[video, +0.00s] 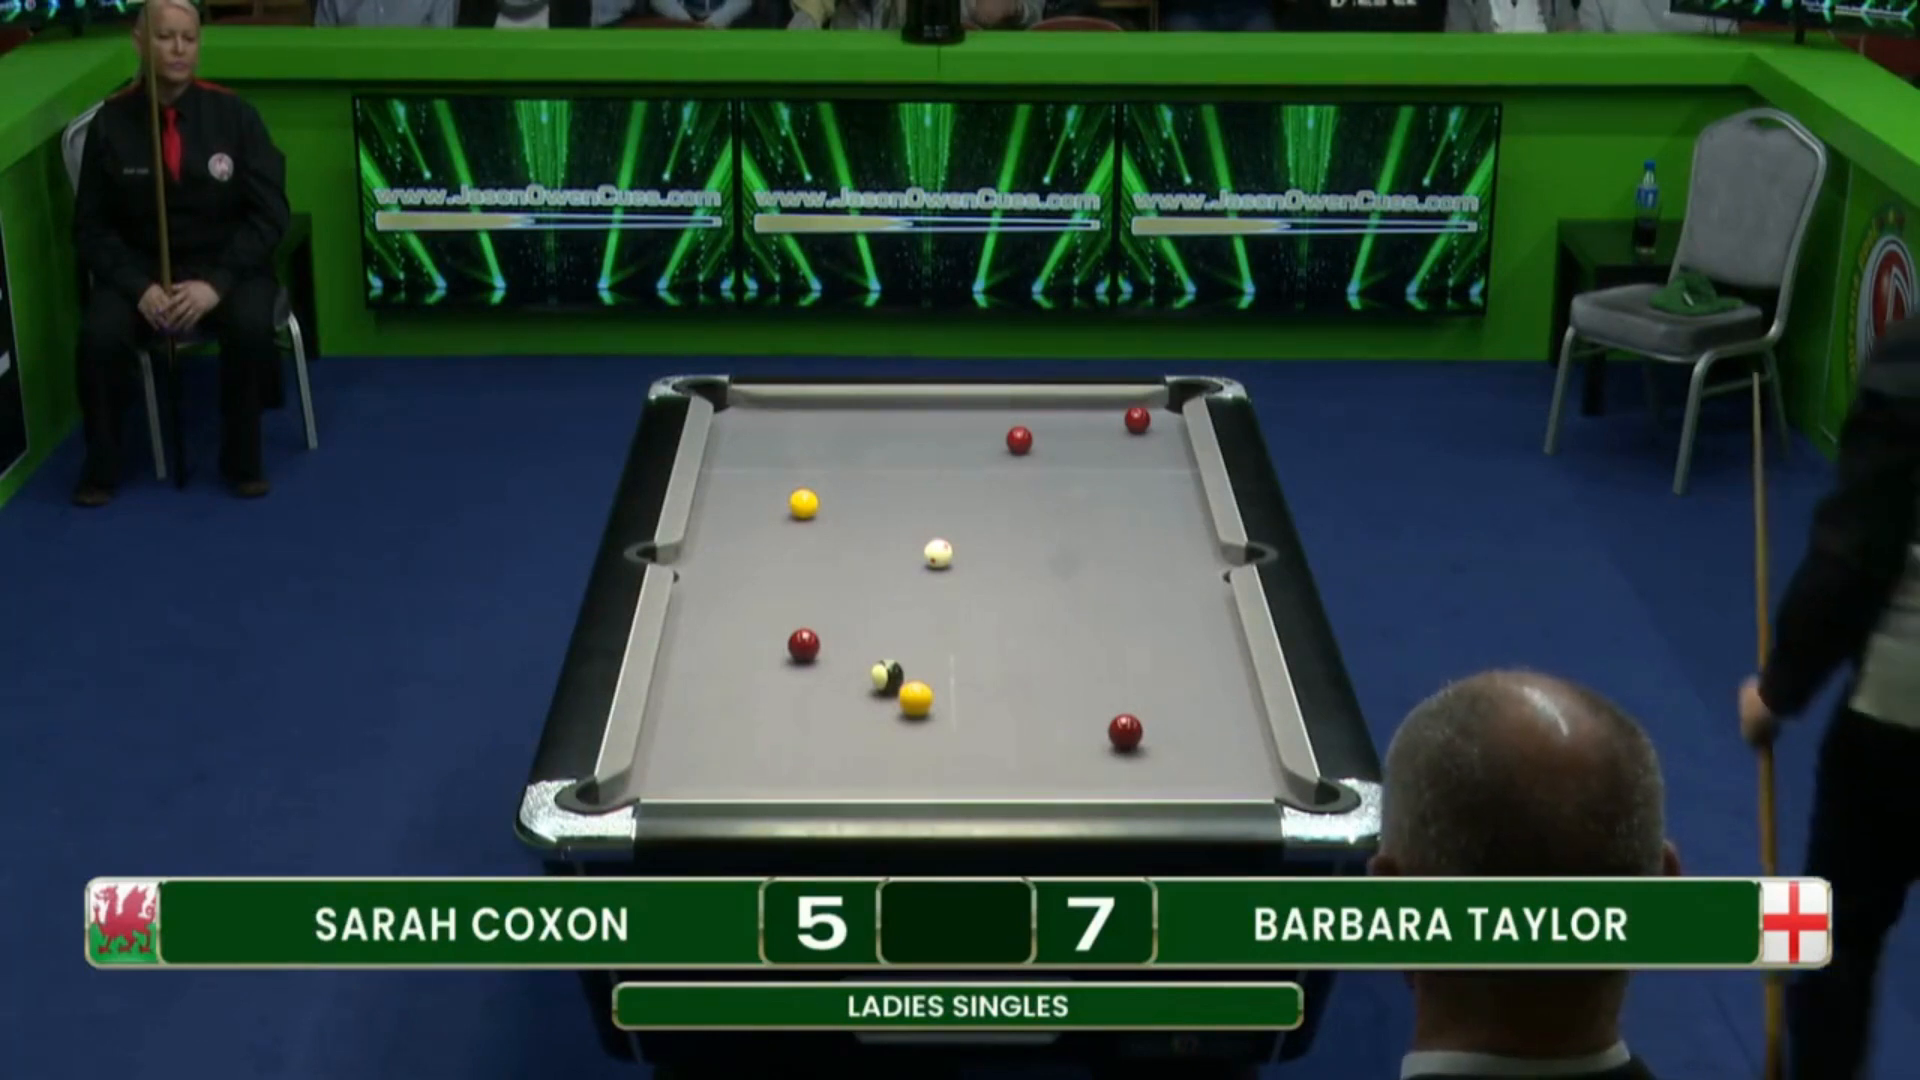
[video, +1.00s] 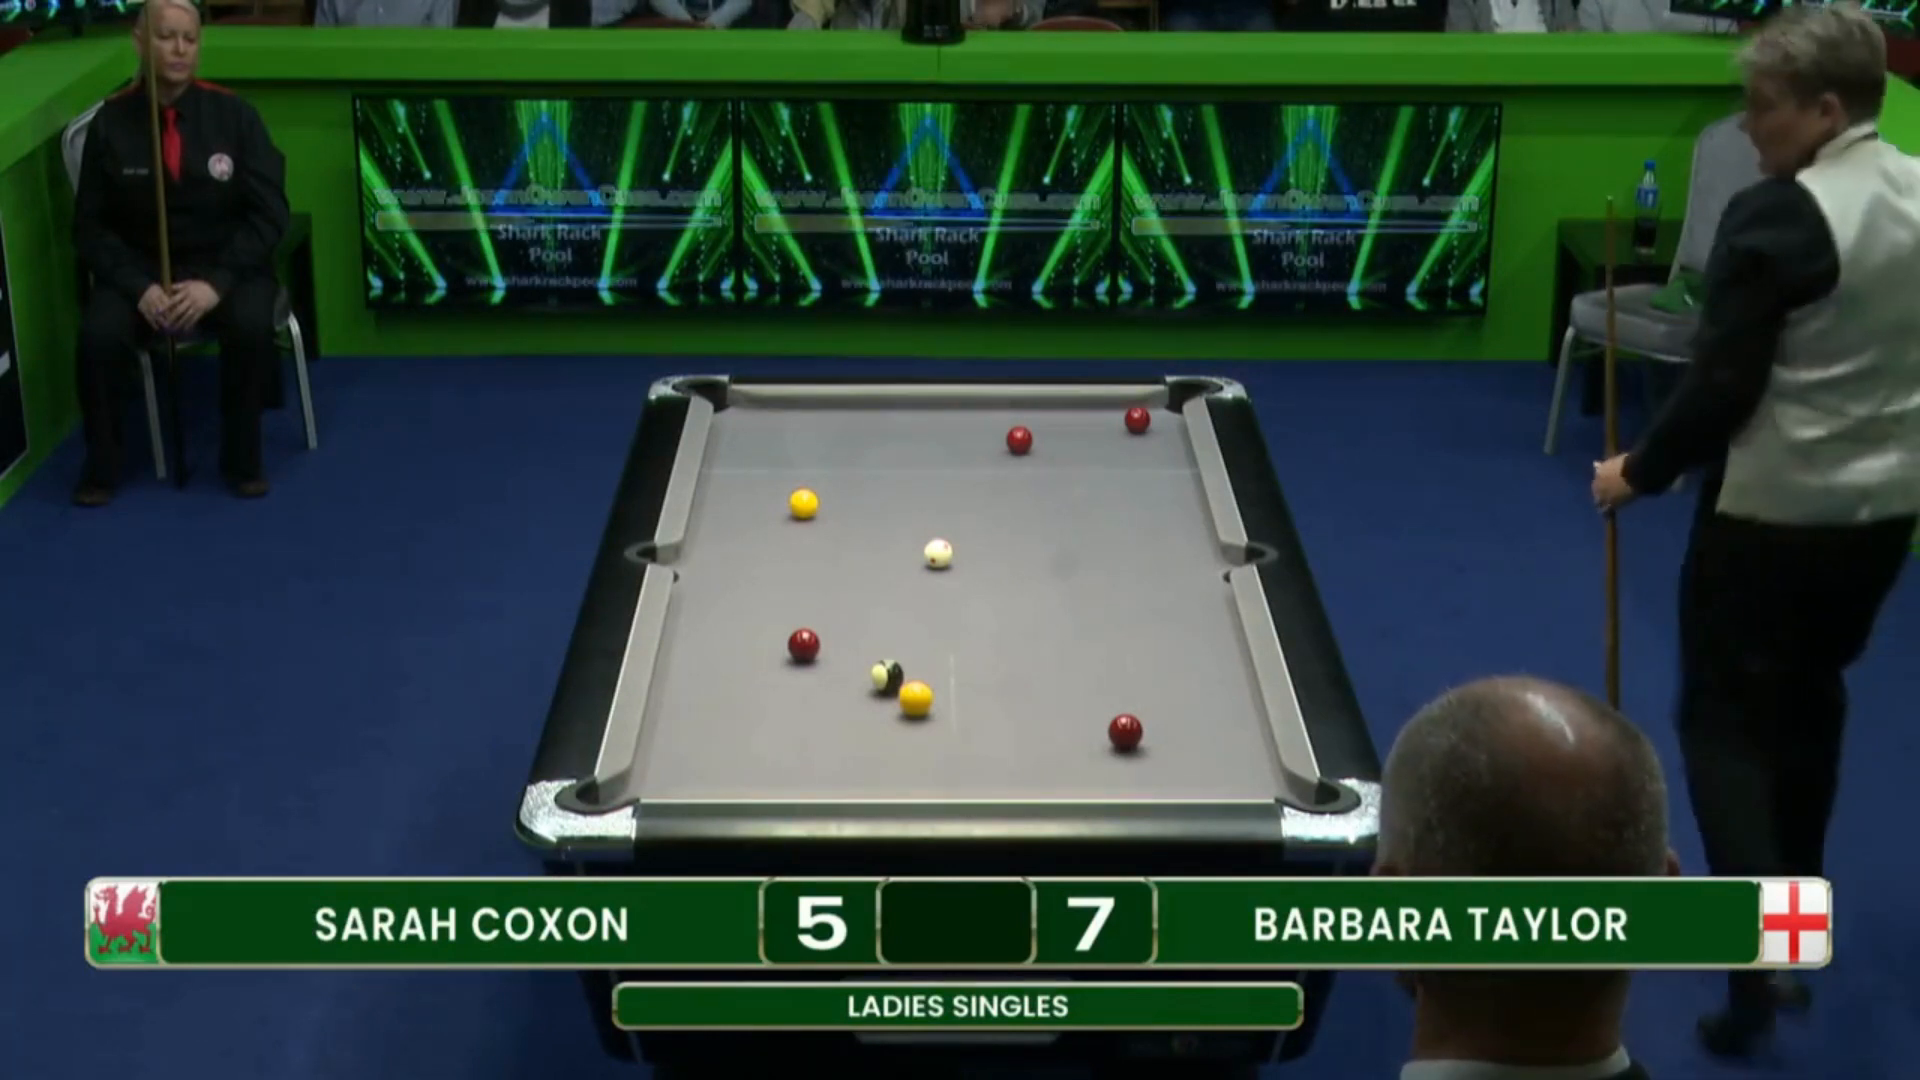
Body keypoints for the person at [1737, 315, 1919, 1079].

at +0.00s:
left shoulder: (1905, 373)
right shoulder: (1900, 372)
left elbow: (1857, 547)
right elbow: (1858, 546)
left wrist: (1778, 688)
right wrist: (1783, 683)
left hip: (1900, 711)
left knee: (1840, 933)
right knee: (1841, 933)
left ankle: (1821, 1062)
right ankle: (1826, 1057)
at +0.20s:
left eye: (1896, 213)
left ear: (1907, 226)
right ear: (1913, 234)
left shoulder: (1869, 341)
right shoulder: (1871, 338)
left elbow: (1800, 519)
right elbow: (1803, 515)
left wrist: (1740, 626)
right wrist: (1744, 621)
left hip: (1863, 674)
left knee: (1816, 881)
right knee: (1819, 882)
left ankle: (1769, 1048)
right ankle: (1772, 1045)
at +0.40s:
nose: (1837, 158)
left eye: (1841, 143)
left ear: (1848, 162)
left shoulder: (1806, 288)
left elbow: (1737, 464)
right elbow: (1741, 457)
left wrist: (1690, 543)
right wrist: (1697, 535)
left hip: (1806, 621)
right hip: (1916, 626)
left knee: (1775, 836)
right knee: (1905, 856)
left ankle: (1759, 1048)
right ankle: (1912, 1049)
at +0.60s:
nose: (1799, 145)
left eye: (1803, 130)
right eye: (1803, 129)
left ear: (1821, 138)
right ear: (1910, 131)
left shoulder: (1776, 249)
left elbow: (1714, 419)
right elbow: (1718, 415)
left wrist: (1656, 485)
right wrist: (1669, 478)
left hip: (1780, 575)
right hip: (1903, 574)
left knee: (1764, 795)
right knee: (1869, 773)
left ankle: (1764, 1028)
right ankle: (1866, 990)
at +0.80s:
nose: (1758, 137)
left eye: (1767, 119)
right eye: (1758, 117)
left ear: (1815, 127)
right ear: (1872, 123)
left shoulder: (1767, 236)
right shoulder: (1919, 212)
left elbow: (1700, 401)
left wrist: (1639, 473)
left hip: (1777, 553)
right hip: (1895, 552)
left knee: (1759, 769)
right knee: (1836, 743)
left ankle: (1766, 1027)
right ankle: (1790, 942)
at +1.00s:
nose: (1749, 124)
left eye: (1762, 105)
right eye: (1750, 104)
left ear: (1826, 106)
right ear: (1849, 104)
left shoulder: (1779, 215)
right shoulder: (1912, 183)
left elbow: (1721, 381)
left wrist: (1640, 467)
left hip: (1774, 518)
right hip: (1884, 513)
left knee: (1720, 711)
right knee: (1809, 694)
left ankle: (1760, 949)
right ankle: (1796, 914)